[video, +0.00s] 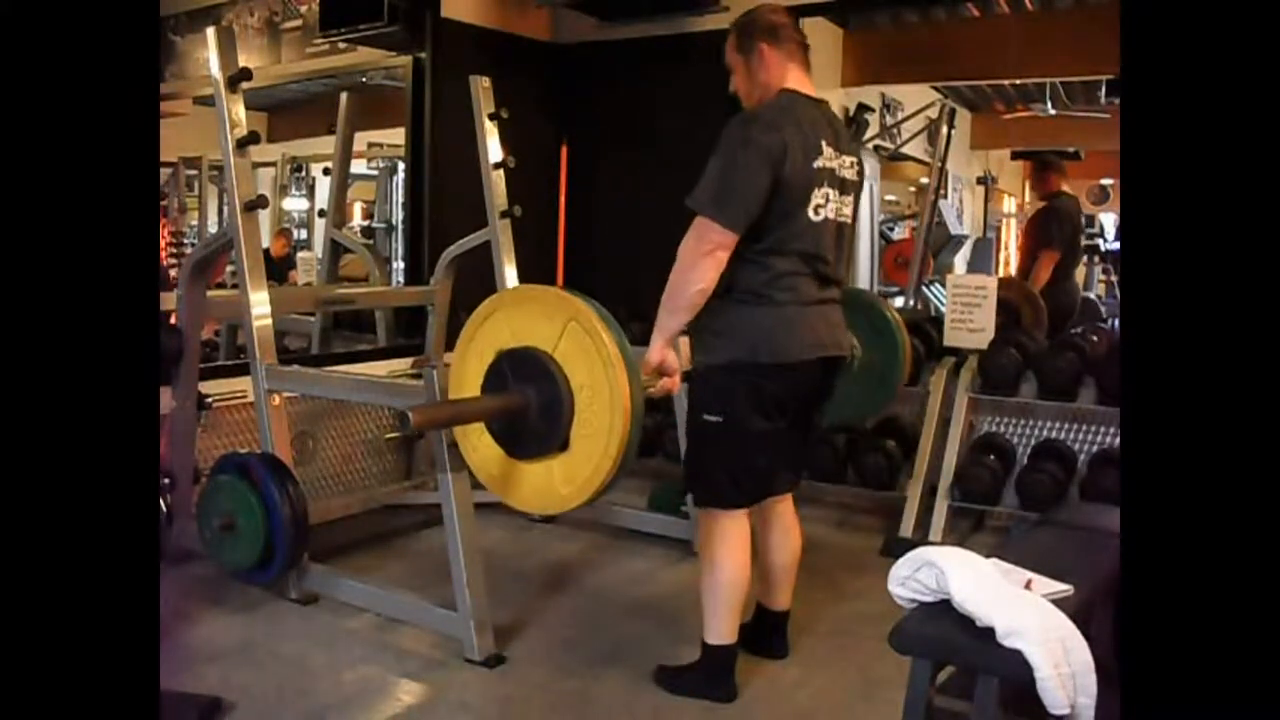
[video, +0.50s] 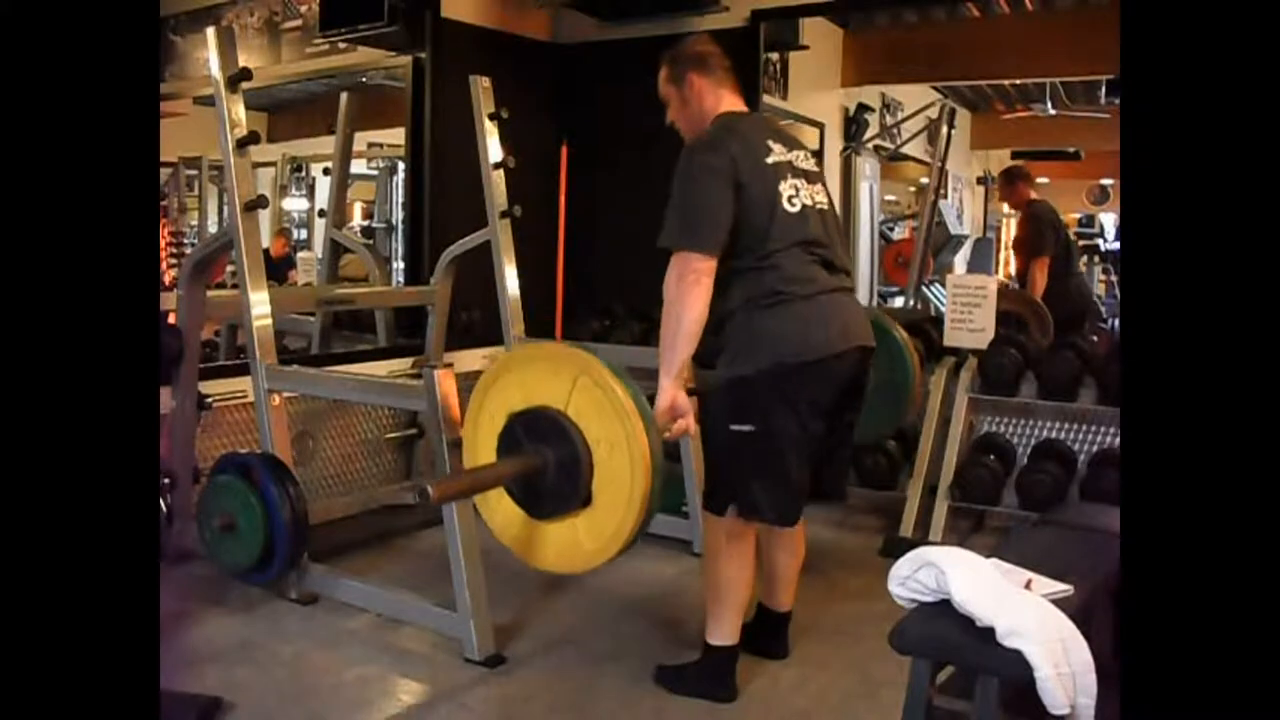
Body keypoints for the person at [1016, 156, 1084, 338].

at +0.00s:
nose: (1031, 184)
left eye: (1034, 178)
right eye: (1031, 178)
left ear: (1049, 177)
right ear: (1055, 177)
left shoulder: (1055, 210)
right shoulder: (1070, 205)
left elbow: (1048, 258)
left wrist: (1025, 297)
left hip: (1048, 294)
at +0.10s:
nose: (1024, 183)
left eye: (1028, 176)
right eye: (1025, 177)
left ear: (1043, 177)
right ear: (1048, 177)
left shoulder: (1051, 210)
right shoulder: (1065, 203)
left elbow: (1046, 259)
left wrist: (1027, 299)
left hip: (1049, 297)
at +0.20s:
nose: (1018, 187)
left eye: (1021, 180)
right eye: (1018, 181)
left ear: (1036, 178)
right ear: (1040, 178)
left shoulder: (1049, 208)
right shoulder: (1057, 204)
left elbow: (1045, 260)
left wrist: (1028, 302)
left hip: (1052, 301)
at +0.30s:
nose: (1012, 190)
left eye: (1014, 183)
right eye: (1011, 184)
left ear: (1028, 180)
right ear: (1033, 180)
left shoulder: (1045, 208)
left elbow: (1043, 259)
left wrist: (1029, 305)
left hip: (1057, 303)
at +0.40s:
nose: (1007, 194)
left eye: (1008, 187)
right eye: (1006, 188)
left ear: (1021, 183)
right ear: (1028, 181)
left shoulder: (1040, 209)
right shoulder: (1045, 207)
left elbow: (1042, 262)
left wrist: (1029, 308)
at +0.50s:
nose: (1003, 199)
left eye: (1004, 192)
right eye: (1002, 192)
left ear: (1018, 186)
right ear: (1021, 186)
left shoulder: (1038, 213)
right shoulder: (1031, 213)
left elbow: (1040, 267)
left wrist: (1028, 312)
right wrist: (1025, 310)